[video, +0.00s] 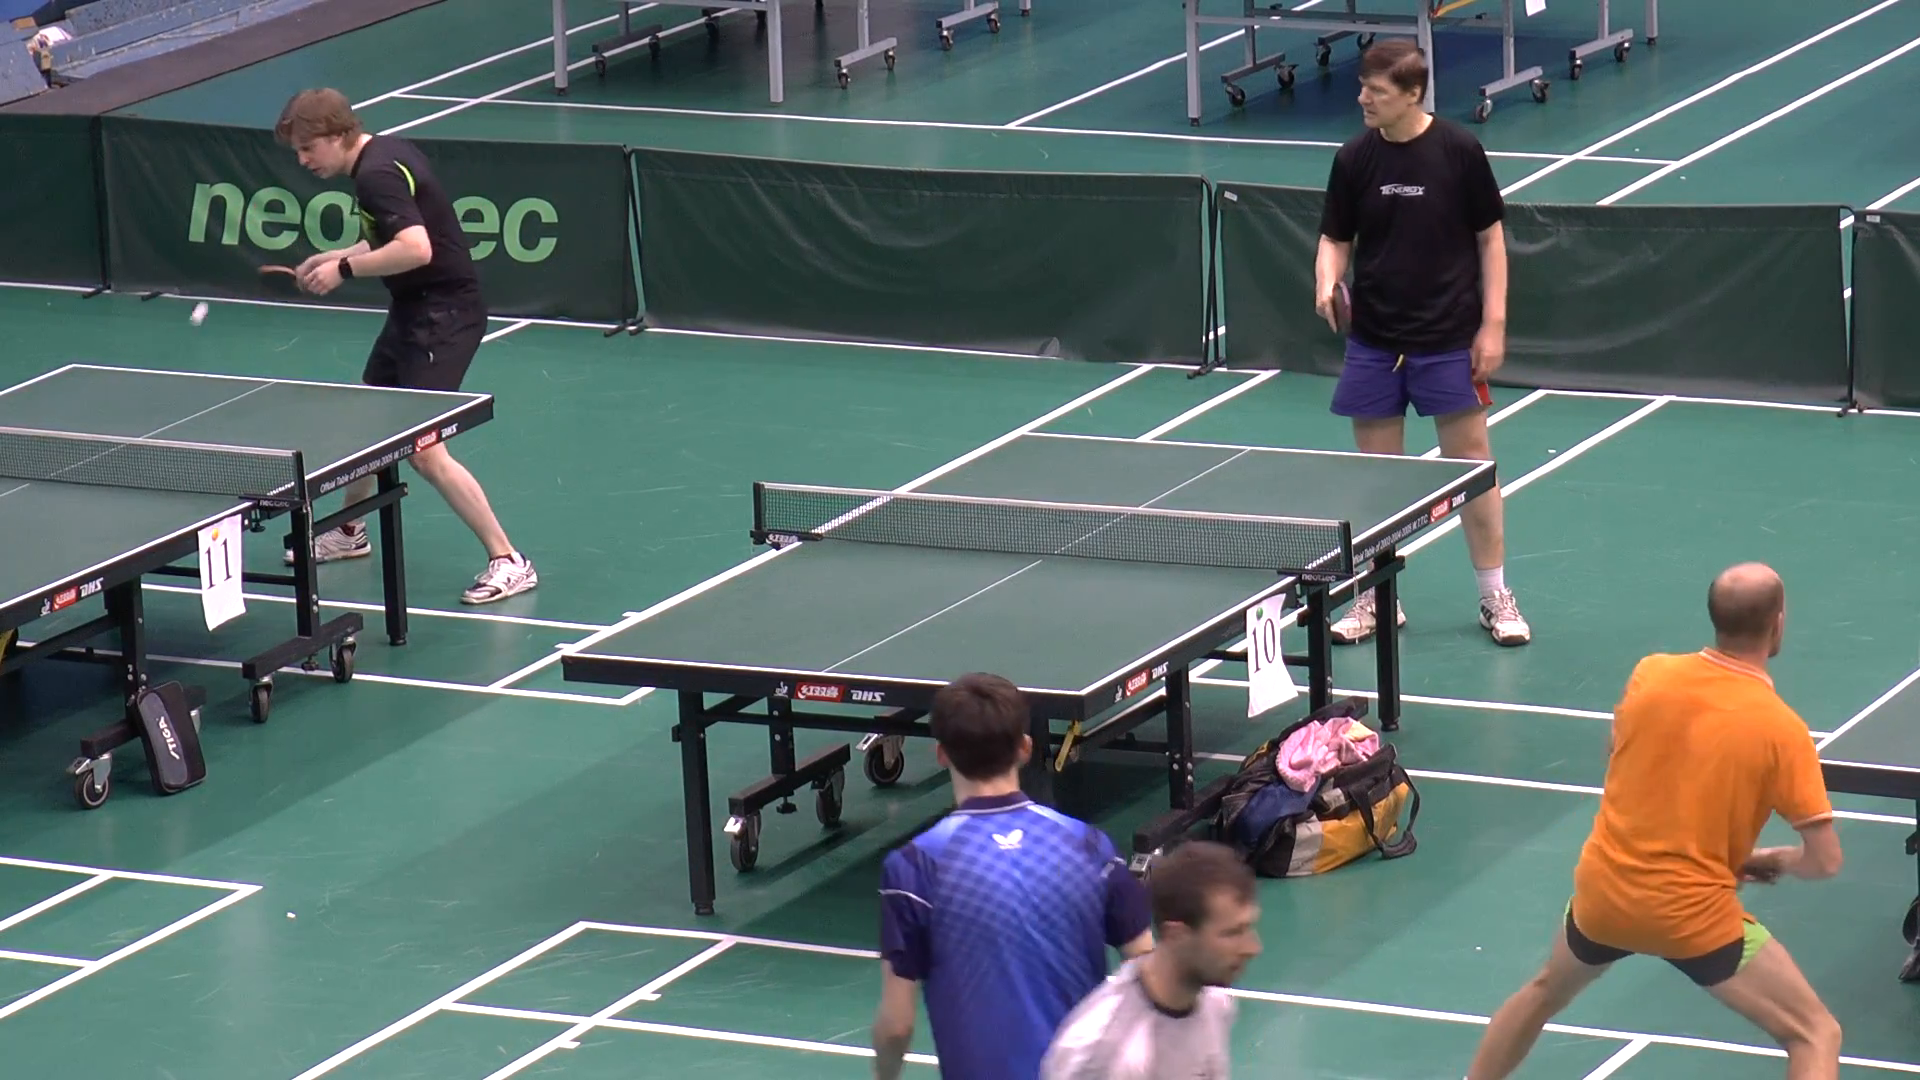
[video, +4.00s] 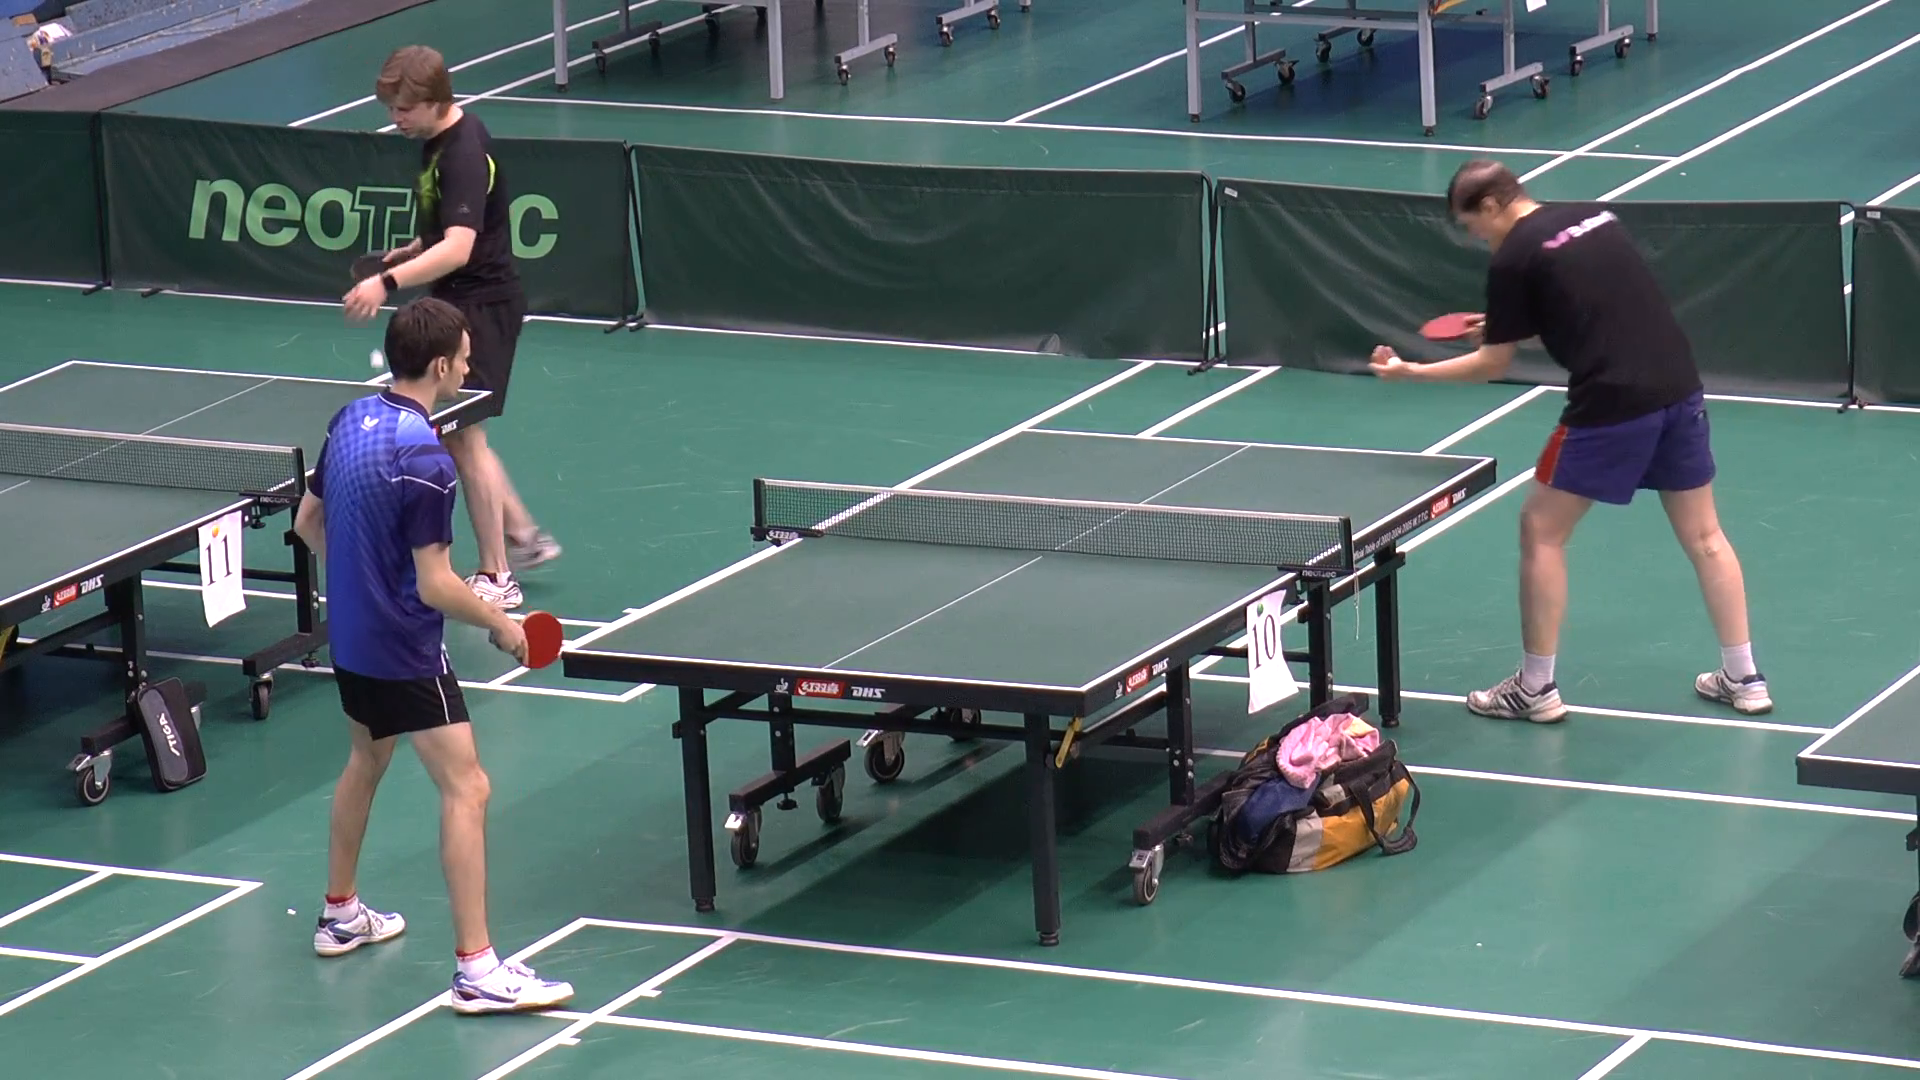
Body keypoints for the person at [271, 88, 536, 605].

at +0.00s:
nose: (302, 162)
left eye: (306, 149)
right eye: (297, 152)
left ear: (337, 136)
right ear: (342, 136)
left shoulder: (378, 170)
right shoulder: (382, 156)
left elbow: (416, 247)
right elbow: (396, 235)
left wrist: (344, 266)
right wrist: (340, 257)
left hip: (447, 311)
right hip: (412, 309)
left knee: (421, 443)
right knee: (366, 418)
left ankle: (508, 560)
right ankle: (349, 529)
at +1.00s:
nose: (320, 157)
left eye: (323, 145)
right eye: (314, 148)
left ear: (351, 131)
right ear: (356, 128)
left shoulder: (384, 170)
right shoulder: (409, 148)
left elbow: (420, 244)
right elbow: (423, 232)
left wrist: (354, 271)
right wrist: (359, 262)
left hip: (436, 318)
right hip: (414, 313)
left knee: (419, 451)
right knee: (366, 423)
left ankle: (512, 563)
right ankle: (348, 530)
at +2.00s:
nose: (314, 83)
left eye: (323, 71)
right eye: (306, 74)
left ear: (348, 64)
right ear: (300, 73)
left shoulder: (397, 111)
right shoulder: (311, 127)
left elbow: (438, 191)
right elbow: (306, 199)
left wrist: (373, 220)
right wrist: (284, 244)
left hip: (419, 271)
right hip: (357, 275)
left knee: (440, 396)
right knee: (353, 393)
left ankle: (476, 524)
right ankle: (364, 519)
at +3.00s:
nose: (378, 72)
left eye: (387, 63)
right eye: (374, 62)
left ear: (419, 61)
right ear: (373, 61)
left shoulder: (459, 120)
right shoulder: (373, 108)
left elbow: (500, 203)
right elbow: (361, 175)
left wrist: (442, 251)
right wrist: (339, 228)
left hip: (440, 281)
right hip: (373, 272)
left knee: (455, 399)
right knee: (343, 386)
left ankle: (468, 515)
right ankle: (359, 513)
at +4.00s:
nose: (397, 121)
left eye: (405, 111)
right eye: (392, 111)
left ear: (437, 101)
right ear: (404, 103)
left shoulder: (464, 150)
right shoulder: (441, 137)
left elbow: (459, 248)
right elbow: (448, 229)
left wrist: (385, 282)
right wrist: (403, 253)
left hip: (483, 304)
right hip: (458, 299)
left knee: (464, 436)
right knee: (453, 431)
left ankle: (497, 578)